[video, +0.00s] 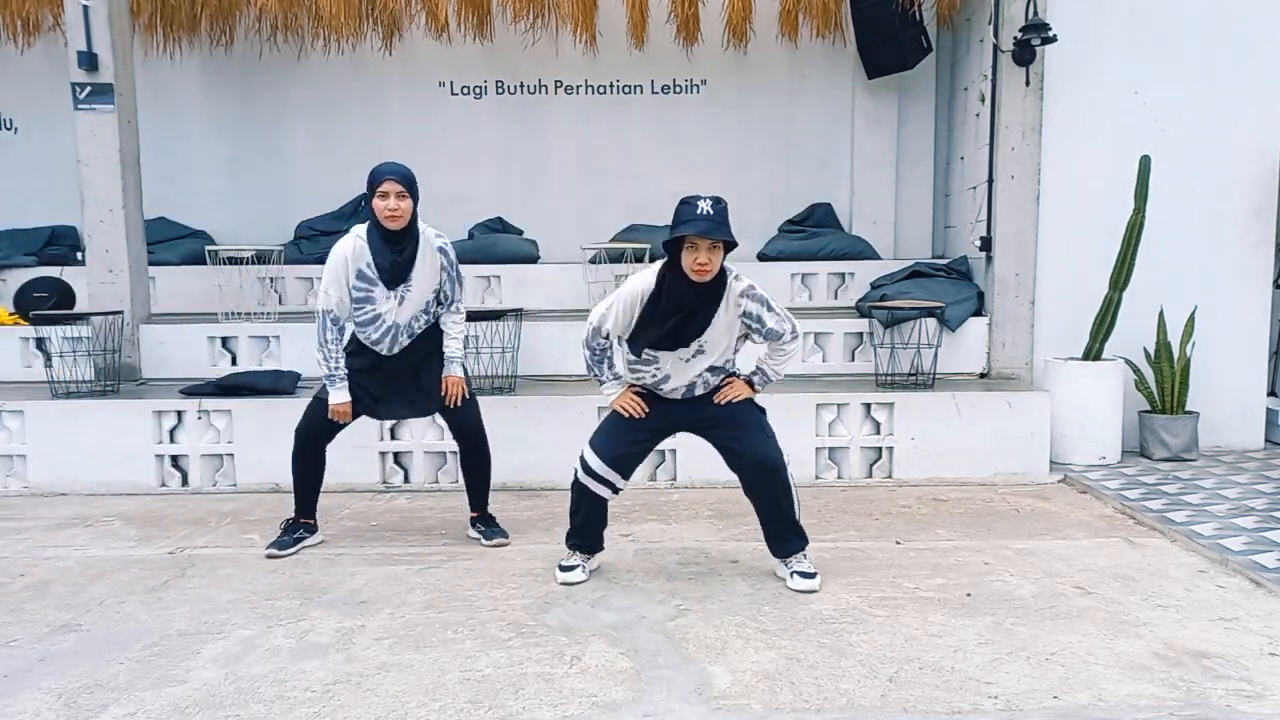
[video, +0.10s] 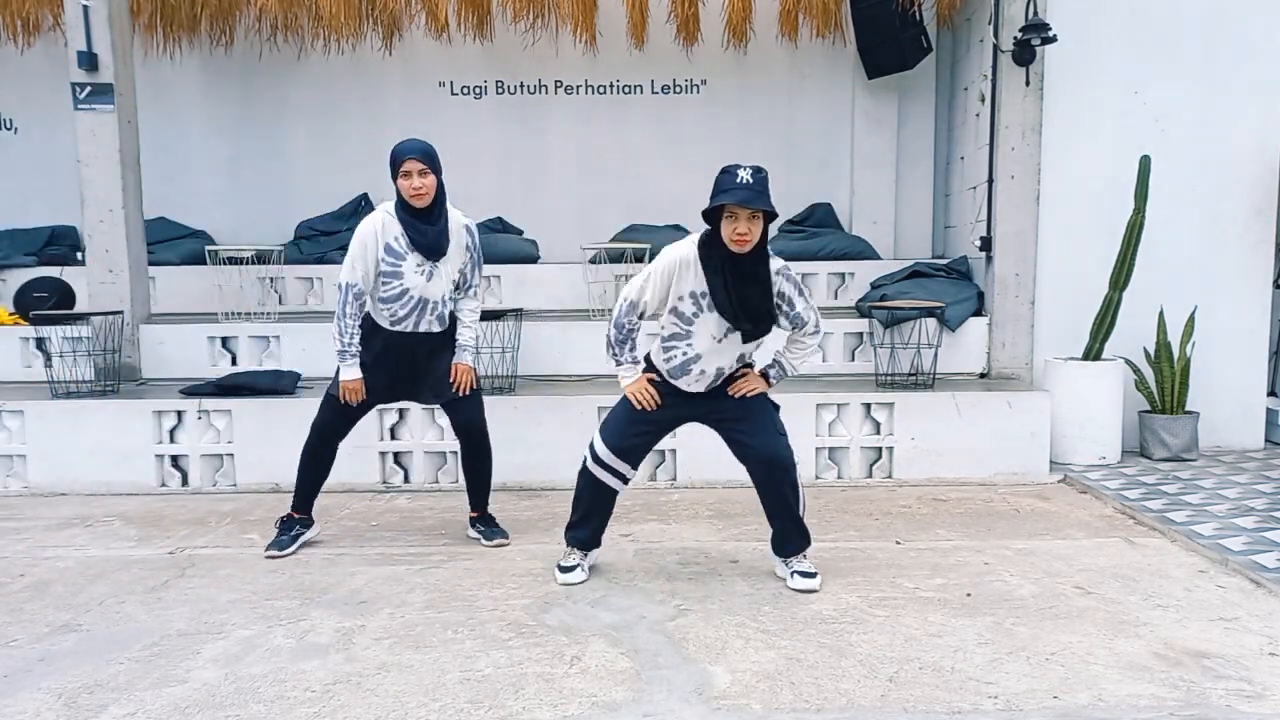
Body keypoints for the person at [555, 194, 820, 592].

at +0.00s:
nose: (703, 258)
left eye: (713, 248)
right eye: (693, 247)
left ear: (725, 250)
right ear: (677, 248)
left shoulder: (739, 293)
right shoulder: (643, 288)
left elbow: (787, 336)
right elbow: (596, 334)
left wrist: (755, 380)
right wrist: (613, 388)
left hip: (718, 396)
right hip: (649, 398)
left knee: (766, 462)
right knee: (595, 467)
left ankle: (792, 554)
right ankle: (582, 550)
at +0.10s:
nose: (742, 228)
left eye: (752, 218)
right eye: (732, 217)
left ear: (766, 222)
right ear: (716, 219)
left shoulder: (776, 273)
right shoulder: (679, 260)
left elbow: (809, 329)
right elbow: (628, 310)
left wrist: (769, 374)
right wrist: (628, 369)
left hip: (734, 387)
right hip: (663, 382)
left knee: (775, 457)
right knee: (607, 453)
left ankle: (792, 552)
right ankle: (579, 547)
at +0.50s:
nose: (773, 169)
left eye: (783, 160)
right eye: (763, 159)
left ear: (797, 164)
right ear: (748, 161)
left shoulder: (810, 228)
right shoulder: (716, 206)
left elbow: (822, 305)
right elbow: (673, 274)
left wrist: (799, 357)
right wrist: (662, 338)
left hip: (765, 360)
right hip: (699, 350)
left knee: (781, 459)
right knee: (650, 450)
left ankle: (792, 552)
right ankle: (605, 540)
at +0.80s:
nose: (767, 238)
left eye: (776, 227)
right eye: (756, 228)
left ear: (790, 229)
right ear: (739, 230)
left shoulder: (806, 277)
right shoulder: (710, 268)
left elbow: (820, 327)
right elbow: (645, 308)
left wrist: (782, 372)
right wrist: (650, 368)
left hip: (748, 385)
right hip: (680, 377)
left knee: (784, 455)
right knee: (628, 451)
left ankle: (792, 552)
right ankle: (588, 554)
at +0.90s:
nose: (728, 270)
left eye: (737, 258)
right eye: (716, 260)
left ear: (751, 260)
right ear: (700, 263)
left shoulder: (770, 300)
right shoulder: (674, 300)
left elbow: (807, 345)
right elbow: (615, 327)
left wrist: (767, 382)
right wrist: (633, 384)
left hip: (737, 399)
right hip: (668, 396)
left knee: (780, 461)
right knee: (619, 462)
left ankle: (792, 553)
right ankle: (589, 559)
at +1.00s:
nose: (673, 259)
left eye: (682, 248)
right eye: (662, 249)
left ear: (697, 249)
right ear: (647, 252)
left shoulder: (725, 283)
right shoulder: (629, 297)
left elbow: (771, 319)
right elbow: (587, 335)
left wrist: (753, 375)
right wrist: (622, 383)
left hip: (723, 395)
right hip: (656, 398)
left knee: (771, 459)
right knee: (606, 465)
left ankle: (791, 553)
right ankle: (587, 560)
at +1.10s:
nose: (632, 218)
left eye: (641, 207)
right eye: (621, 208)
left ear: (656, 208)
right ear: (605, 211)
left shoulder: (688, 245)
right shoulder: (591, 267)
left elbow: (738, 297)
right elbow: (569, 327)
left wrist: (738, 356)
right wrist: (606, 373)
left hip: (705, 372)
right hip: (637, 380)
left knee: (762, 447)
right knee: (598, 461)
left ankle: (799, 547)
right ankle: (586, 559)